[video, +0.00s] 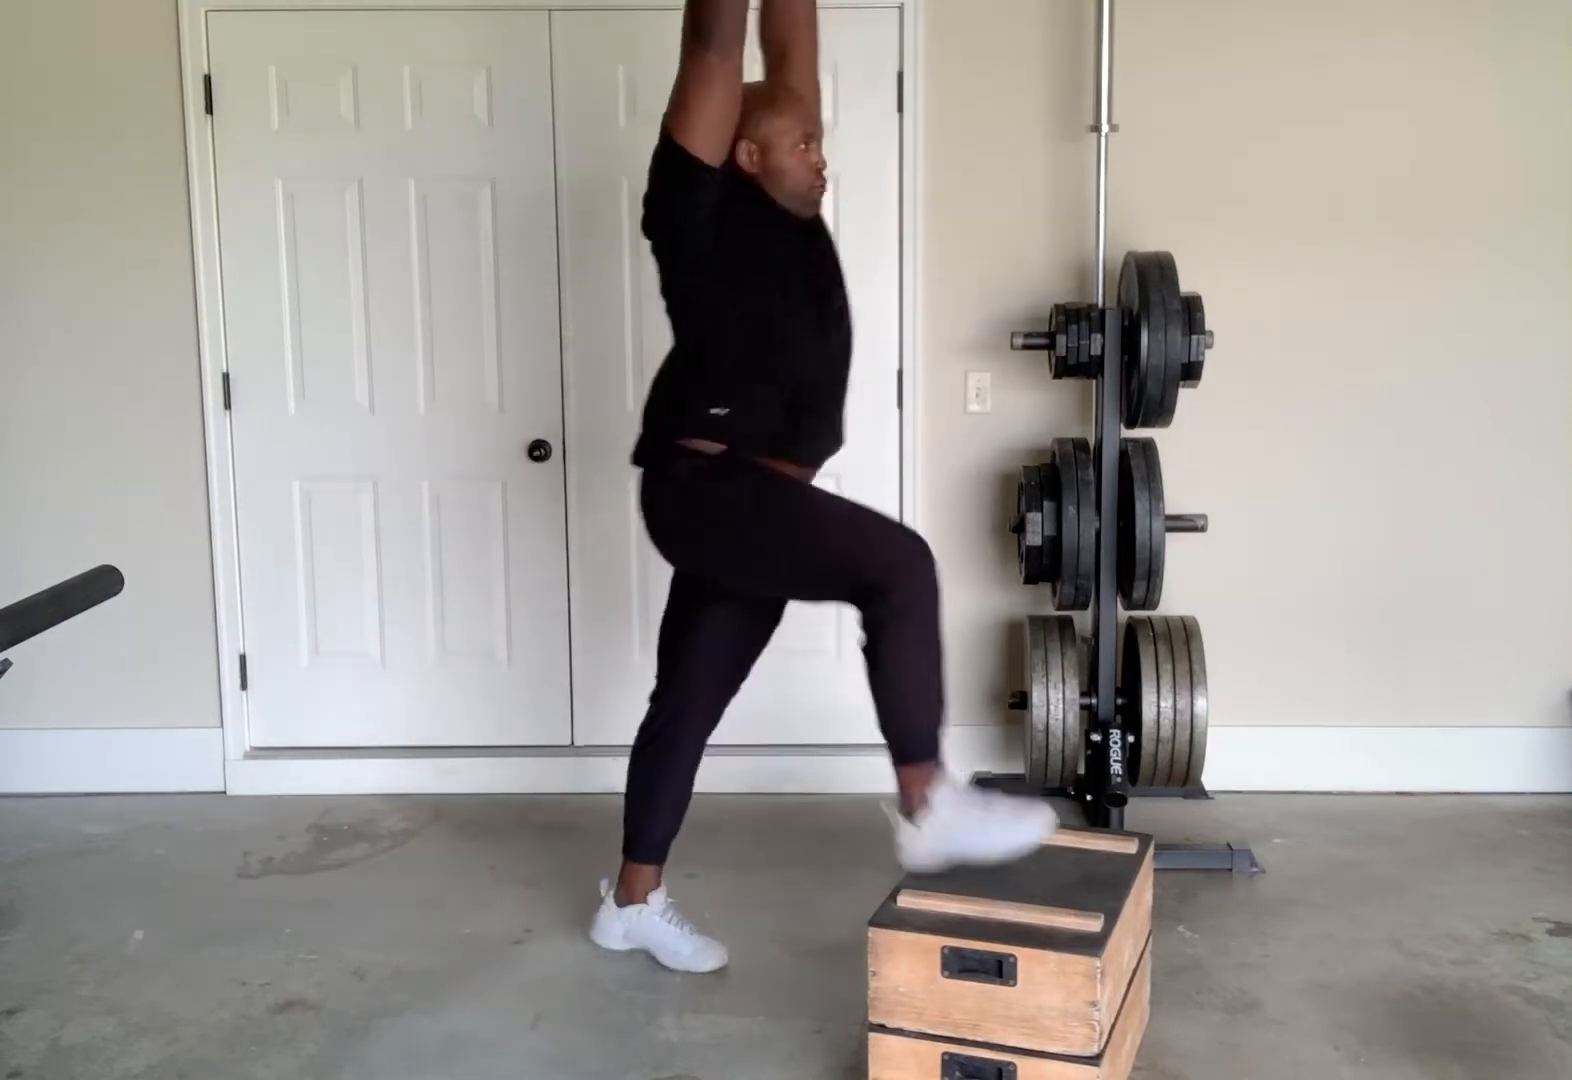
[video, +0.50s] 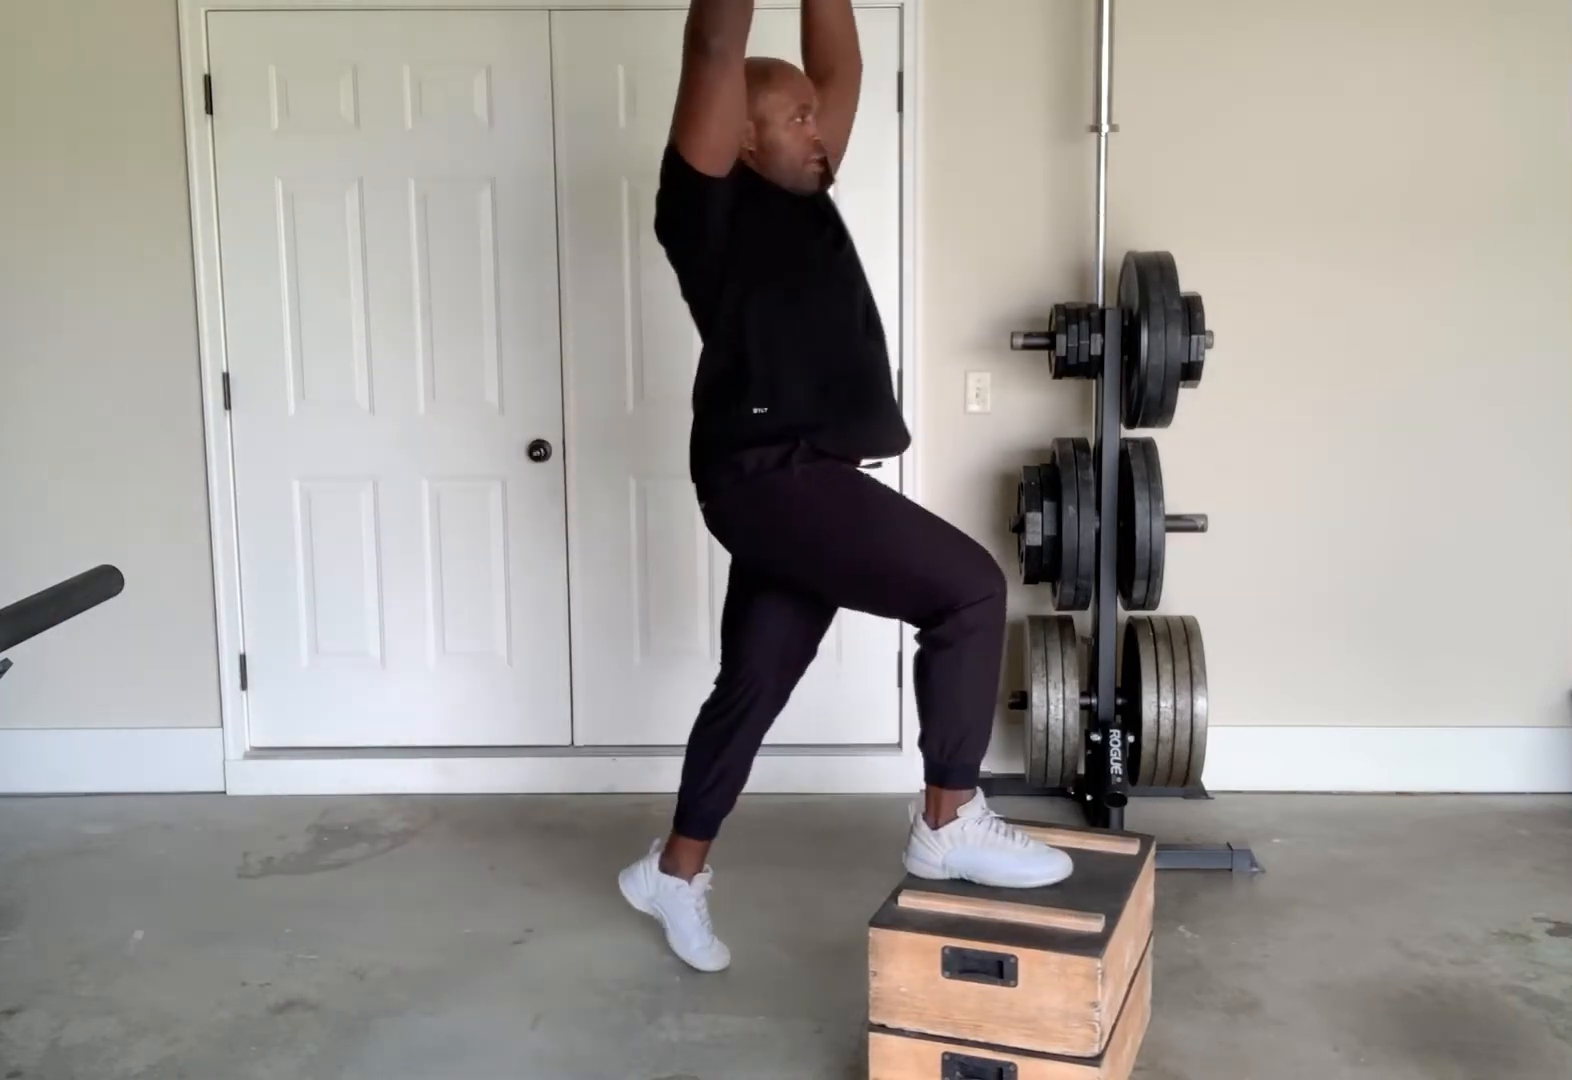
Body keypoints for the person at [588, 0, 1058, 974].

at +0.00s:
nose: (822, 160)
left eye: (819, 143)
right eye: (801, 145)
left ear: (798, 149)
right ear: (745, 150)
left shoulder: (789, 219)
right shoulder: (698, 205)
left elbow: (794, 57)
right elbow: (711, 43)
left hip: (765, 490)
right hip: (706, 484)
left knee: (686, 706)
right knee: (899, 566)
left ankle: (631, 900)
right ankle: (927, 804)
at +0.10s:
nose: (830, 153)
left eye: (829, 137)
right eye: (811, 138)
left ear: (809, 142)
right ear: (755, 143)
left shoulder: (805, 214)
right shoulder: (711, 202)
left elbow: (803, 66)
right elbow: (719, 42)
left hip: (802, 488)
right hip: (750, 485)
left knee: (716, 703)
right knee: (954, 585)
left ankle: (648, 886)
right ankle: (950, 821)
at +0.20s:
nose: (834, 147)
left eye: (834, 131)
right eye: (815, 131)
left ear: (818, 134)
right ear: (760, 133)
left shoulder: (805, 204)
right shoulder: (717, 201)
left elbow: (818, 71)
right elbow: (719, 44)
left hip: (815, 479)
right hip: (770, 479)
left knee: (747, 692)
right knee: (979, 590)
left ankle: (662, 877)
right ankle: (952, 819)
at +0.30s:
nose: (838, 136)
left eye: (837, 118)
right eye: (816, 119)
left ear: (824, 125)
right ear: (758, 129)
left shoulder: (813, 201)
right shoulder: (723, 199)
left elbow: (820, 70)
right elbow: (718, 47)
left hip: (832, 476)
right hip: (783, 478)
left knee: (764, 685)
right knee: (988, 593)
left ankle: (681, 866)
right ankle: (953, 819)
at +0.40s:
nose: (837, 130)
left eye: (837, 112)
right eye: (815, 114)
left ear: (826, 122)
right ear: (759, 128)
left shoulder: (811, 197)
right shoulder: (721, 200)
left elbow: (825, 63)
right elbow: (718, 48)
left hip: (829, 475)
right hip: (780, 478)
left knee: (764, 684)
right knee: (982, 593)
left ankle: (682, 865)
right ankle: (952, 819)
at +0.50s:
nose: (821, 134)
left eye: (823, 115)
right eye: (796, 113)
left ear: (815, 122)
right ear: (739, 122)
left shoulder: (803, 196)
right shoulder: (703, 204)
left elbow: (837, 71)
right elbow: (712, 47)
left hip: (816, 476)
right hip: (767, 479)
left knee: (754, 685)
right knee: (971, 592)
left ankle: (674, 869)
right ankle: (951, 820)